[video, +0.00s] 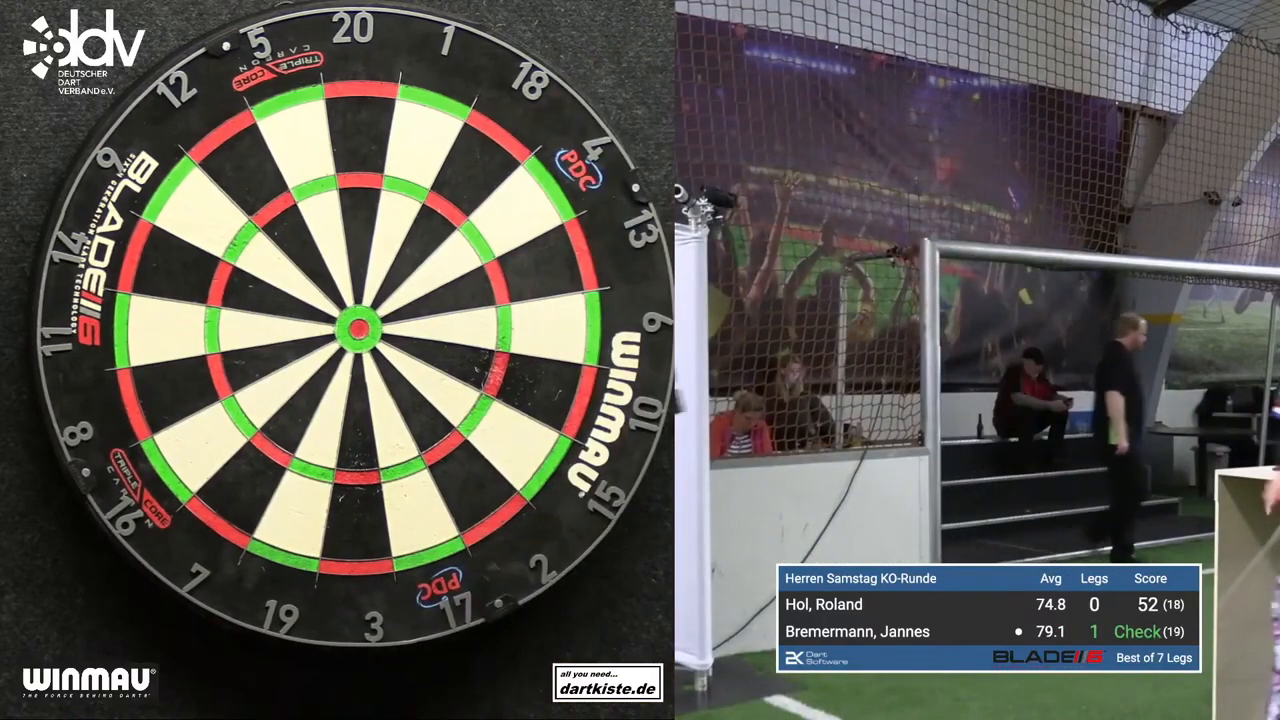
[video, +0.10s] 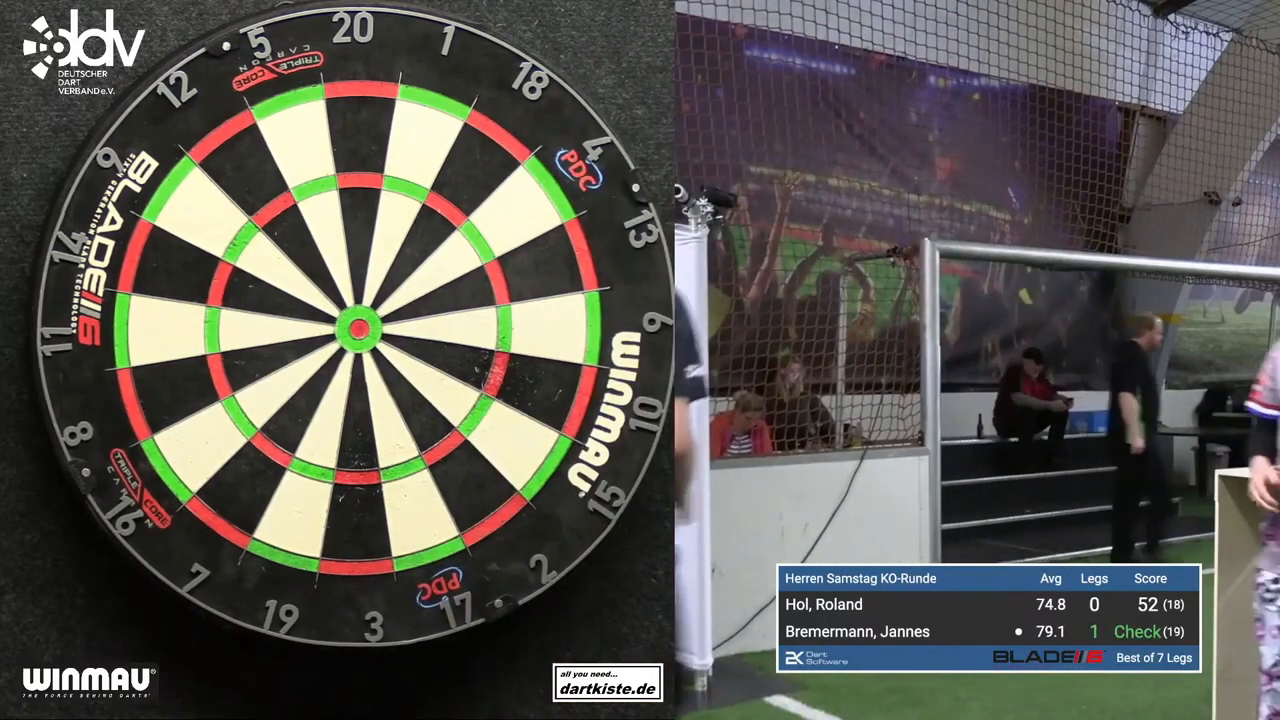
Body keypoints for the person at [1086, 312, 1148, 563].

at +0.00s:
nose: (1145, 339)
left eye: (1145, 335)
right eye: (1143, 334)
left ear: (1128, 333)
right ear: (1131, 333)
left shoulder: (1117, 356)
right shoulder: (1117, 356)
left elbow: (1116, 396)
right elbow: (1114, 396)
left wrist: (1126, 434)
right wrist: (1121, 436)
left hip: (1122, 439)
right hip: (1118, 440)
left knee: (1128, 491)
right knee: (1130, 491)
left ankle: (1123, 550)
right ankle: (1121, 552)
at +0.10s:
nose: (1160, 339)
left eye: (1160, 334)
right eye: (1158, 333)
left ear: (1145, 333)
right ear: (1146, 333)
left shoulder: (1133, 354)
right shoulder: (1131, 354)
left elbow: (1132, 395)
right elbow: (1126, 395)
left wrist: (1142, 432)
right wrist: (1135, 433)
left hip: (1135, 439)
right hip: (1136, 440)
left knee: (1126, 498)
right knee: (1161, 495)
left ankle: (1121, 554)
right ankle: (1153, 548)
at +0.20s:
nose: (1177, 340)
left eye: (1177, 335)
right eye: (1175, 335)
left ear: (1160, 335)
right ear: (1163, 336)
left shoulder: (1153, 358)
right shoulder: (1149, 358)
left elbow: (1155, 401)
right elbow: (1143, 400)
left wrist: (1168, 431)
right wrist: (1150, 438)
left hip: (1151, 442)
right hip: (1151, 444)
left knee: (1133, 499)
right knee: (1174, 496)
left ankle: (1123, 552)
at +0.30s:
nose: (1190, 342)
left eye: (1189, 337)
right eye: (1187, 337)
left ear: (1172, 337)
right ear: (1175, 337)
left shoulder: (1166, 361)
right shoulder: (1162, 361)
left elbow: (1170, 404)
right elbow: (1157, 403)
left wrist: (1185, 432)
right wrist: (1162, 441)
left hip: (1161, 444)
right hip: (1164, 445)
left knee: (1141, 500)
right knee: (1188, 500)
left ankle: (1124, 553)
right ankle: (1207, 552)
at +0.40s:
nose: (1210, 340)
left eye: (1209, 335)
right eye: (1207, 335)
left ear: (1190, 336)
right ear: (1194, 336)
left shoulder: (1182, 357)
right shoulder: (1184, 360)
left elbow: (1184, 404)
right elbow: (1179, 404)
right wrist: (1184, 444)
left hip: (1178, 442)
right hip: (1183, 444)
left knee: (1167, 498)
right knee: (1204, 501)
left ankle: (1134, 541)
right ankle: (1210, 553)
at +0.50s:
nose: (1218, 337)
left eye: (1218, 332)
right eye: (1215, 332)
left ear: (1197, 333)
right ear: (1204, 334)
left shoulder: (1187, 357)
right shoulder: (1199, 359)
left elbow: (1182, 401)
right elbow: (1197, 402)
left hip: (1189, 437)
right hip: (1196, 438)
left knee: (1202, 490)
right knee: (1203, 491)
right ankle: (1153, 531)